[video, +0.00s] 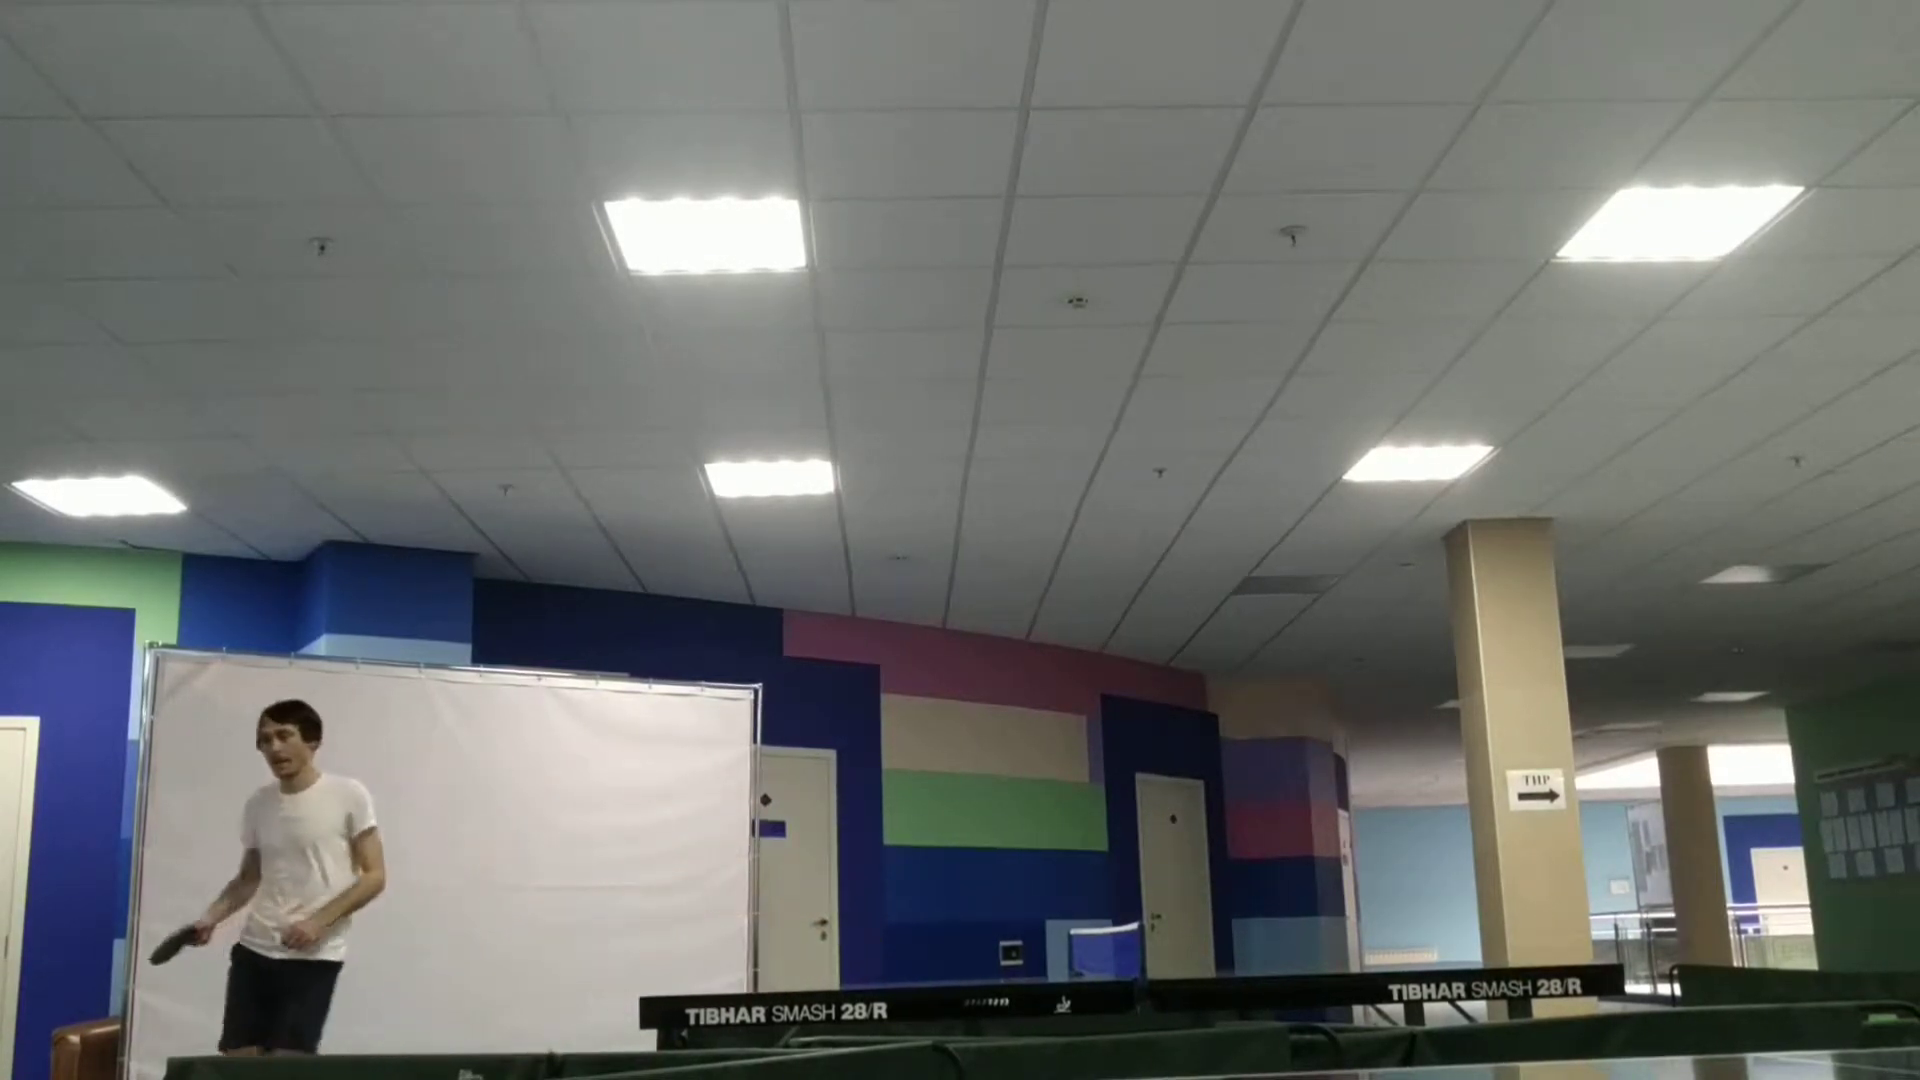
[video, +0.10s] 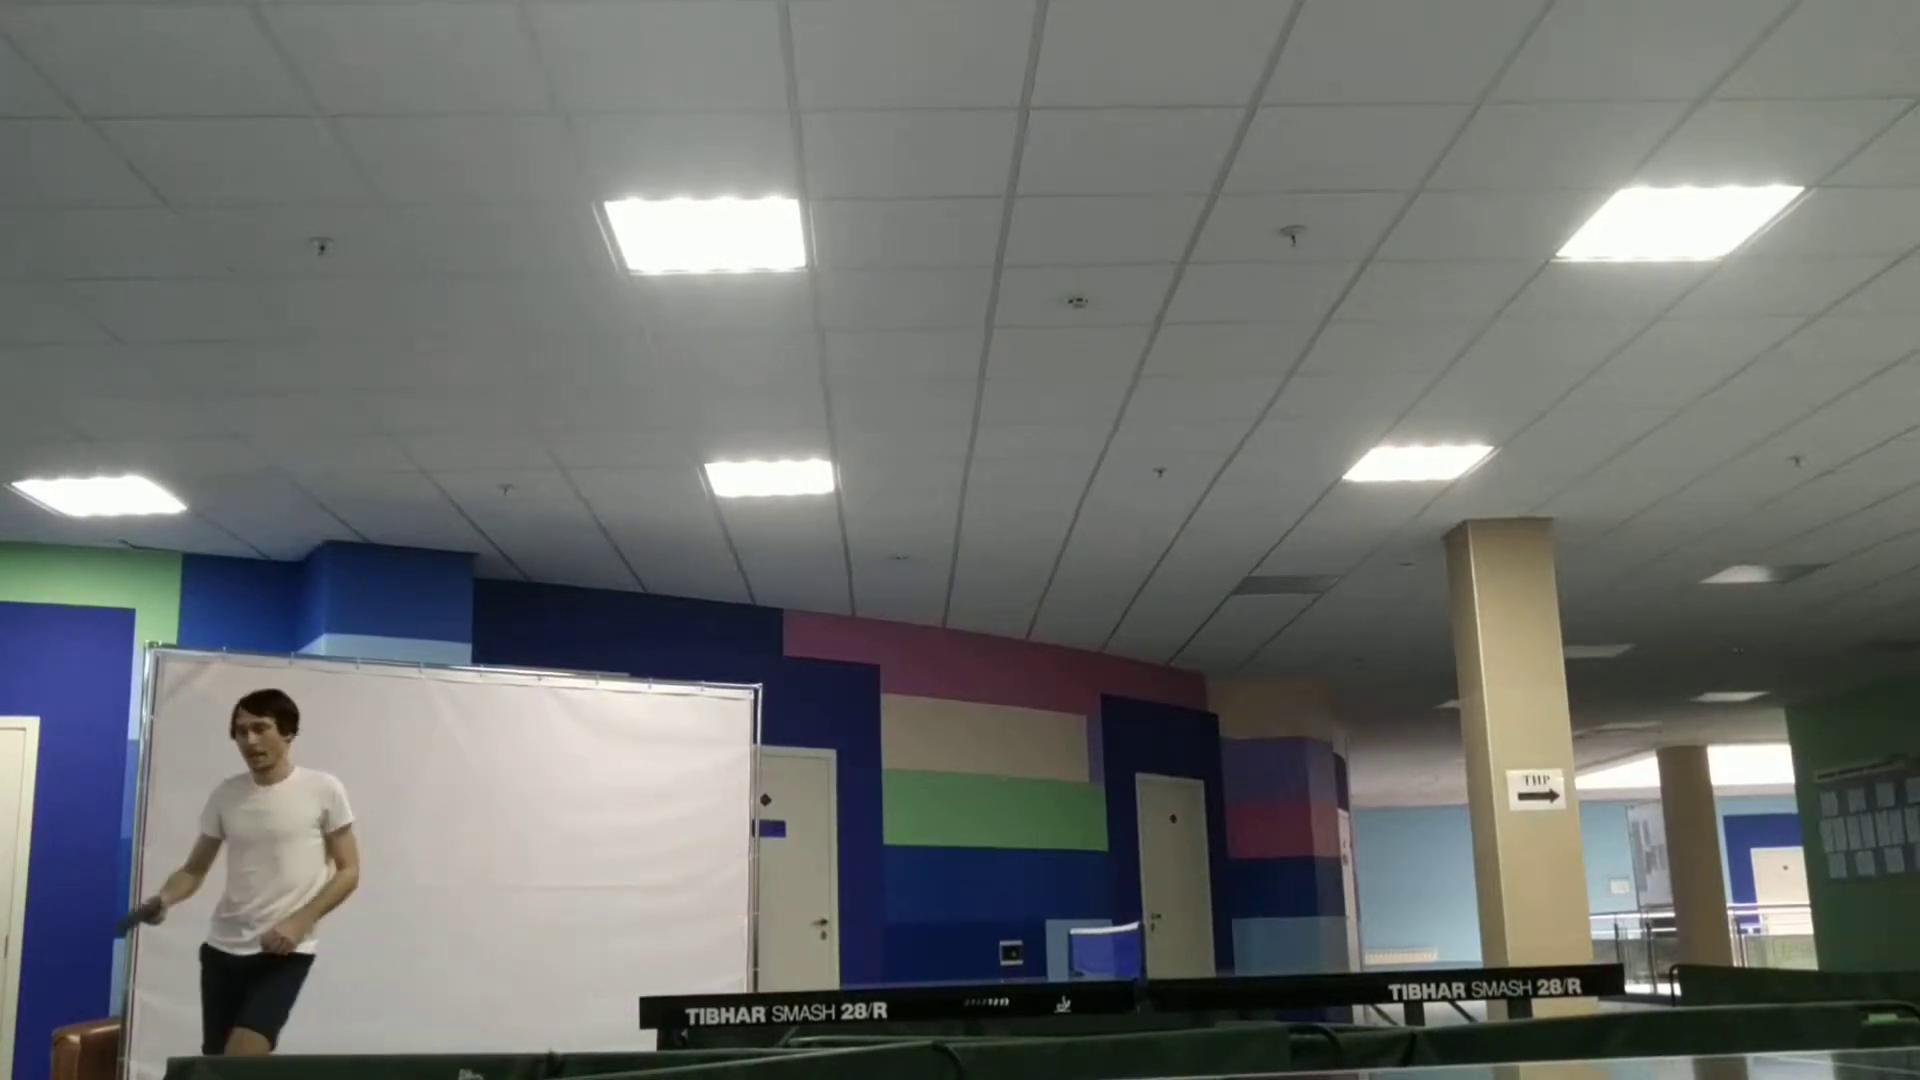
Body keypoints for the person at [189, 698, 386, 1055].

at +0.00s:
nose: (275, 748)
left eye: (284, 737)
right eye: (266, 741)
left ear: (312, 742)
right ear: (260, 749)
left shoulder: (349, 796)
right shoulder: (259, 804)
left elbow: (374, 878)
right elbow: (249, 877)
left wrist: (318, 923)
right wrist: (210, 919)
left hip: (313, 959)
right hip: (254, 953)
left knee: (288, 1062)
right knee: (239, 1059)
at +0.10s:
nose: (250, 741)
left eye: (260, 729)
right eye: (241, 732)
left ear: (288, 733)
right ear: (234, 740)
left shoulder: (324, 791)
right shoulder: (226, 795)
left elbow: (349, 873)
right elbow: (195, 868)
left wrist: (298, 924)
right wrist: (163, 899)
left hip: (284, 955)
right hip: (224, 953)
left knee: (240, 1061)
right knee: (218, 1067)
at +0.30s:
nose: (197, 747)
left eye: (209, 735)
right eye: (188, 737)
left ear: (235, 738)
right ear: (179, 742)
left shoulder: (269, 801)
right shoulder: (163, 796)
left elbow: (288, 888)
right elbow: (112, 866)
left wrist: (244, 946)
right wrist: (90, 886)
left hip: (212, 968)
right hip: (151, 965)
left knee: (161, 1071)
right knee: (162, 1073)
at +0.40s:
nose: (167, 740)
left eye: (178, 728)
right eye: (158, 730)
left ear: (206, 730)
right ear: (149, 734)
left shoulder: (241, 795)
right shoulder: (133, 786)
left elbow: (258, 886)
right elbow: (84, 867)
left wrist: (209, 944)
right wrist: (61, 897)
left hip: (181, 967)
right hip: (118, 964)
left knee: (130, 1072)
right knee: (111, 1072)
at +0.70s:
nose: (81, 718)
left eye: (92, 704)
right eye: (66, 708)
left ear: (114, 705)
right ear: (51, 717)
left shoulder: (156, 770)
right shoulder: (39, 778)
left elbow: (191, 867)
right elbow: (29, 871)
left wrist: (122, 907)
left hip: (112, 975)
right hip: (29, 967)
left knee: (104, 1075)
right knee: (7, 1071)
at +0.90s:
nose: (6, 712)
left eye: (16, 698)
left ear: (49, 698)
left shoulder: (101, 762)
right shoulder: (5, 762)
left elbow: (139, 866)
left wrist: (74, 924)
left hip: (55, 977)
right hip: (2, 968)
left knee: (48, 1073)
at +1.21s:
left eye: (1, 671)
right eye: (1, 671)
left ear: (13, 669)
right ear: (13, 669)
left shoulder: (56, 741)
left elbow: (79, 849)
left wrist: (24, 913)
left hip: (5, 955)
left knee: (3, 1065)